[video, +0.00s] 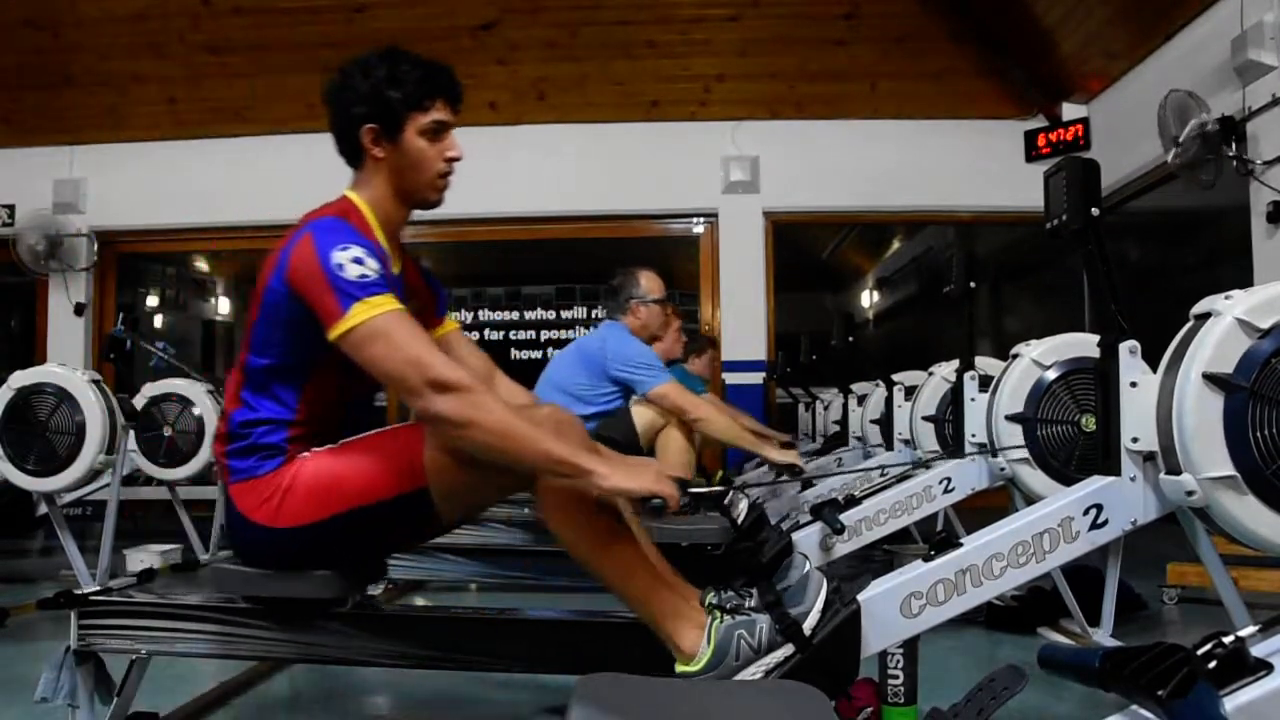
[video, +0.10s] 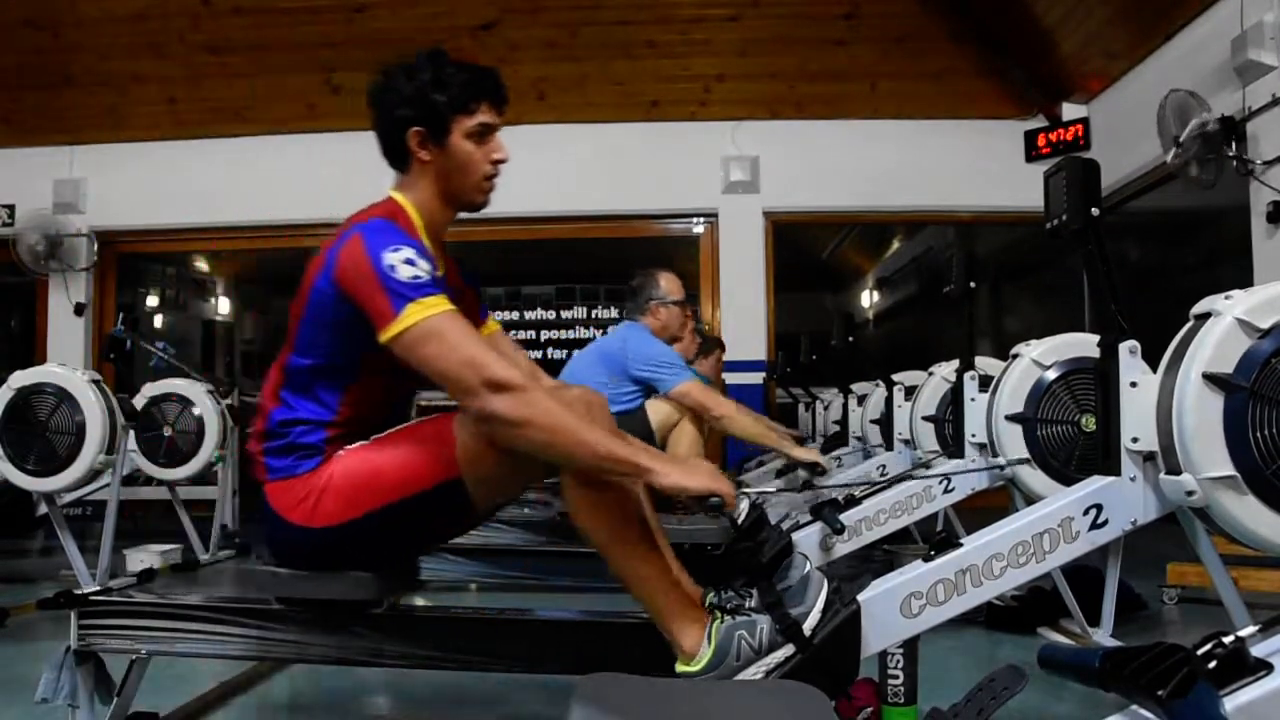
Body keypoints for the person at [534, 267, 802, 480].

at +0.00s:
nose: (669, 311)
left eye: (667, 302)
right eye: (662, 303)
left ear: (634, 311)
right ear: (636, 310)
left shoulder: (617, 342)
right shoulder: (619, 346)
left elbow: (691, 402)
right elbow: (691, 409)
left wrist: (759, 435)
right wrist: (764, 450)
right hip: (568, 445)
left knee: (679, 408)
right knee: (678, 410)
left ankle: (680, 503)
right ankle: (680, 507)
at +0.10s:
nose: (688, 312)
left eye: (686, 304)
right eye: (681, 305)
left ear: (653, 311)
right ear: (655, 311)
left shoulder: (631, 338)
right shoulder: (639, 344)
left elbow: (707, 401)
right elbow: (716, 409)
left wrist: (771, 430)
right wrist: (788, 448)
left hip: (580, 430)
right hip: (585, 437)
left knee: (692, 404)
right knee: (689, 411)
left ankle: (683, 500)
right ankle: (684, 503)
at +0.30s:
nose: (711, 313)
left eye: (709, 305)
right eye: (704, 306)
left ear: (676, 311)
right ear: (678, 311)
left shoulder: (654, 338)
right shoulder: (666, 342)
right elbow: (743, 403)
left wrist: (807, 441)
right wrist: (821, 441)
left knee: (701, 401)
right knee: (706, 402)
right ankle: (691, 494)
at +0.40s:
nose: (712, 312)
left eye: (710, 303)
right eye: (705, 303)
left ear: (679, 311)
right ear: (680, 311)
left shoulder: (661, 337)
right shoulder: (672, 343)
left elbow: (742, 393)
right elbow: (740, 395)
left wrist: (825, 431)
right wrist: (827, 436)